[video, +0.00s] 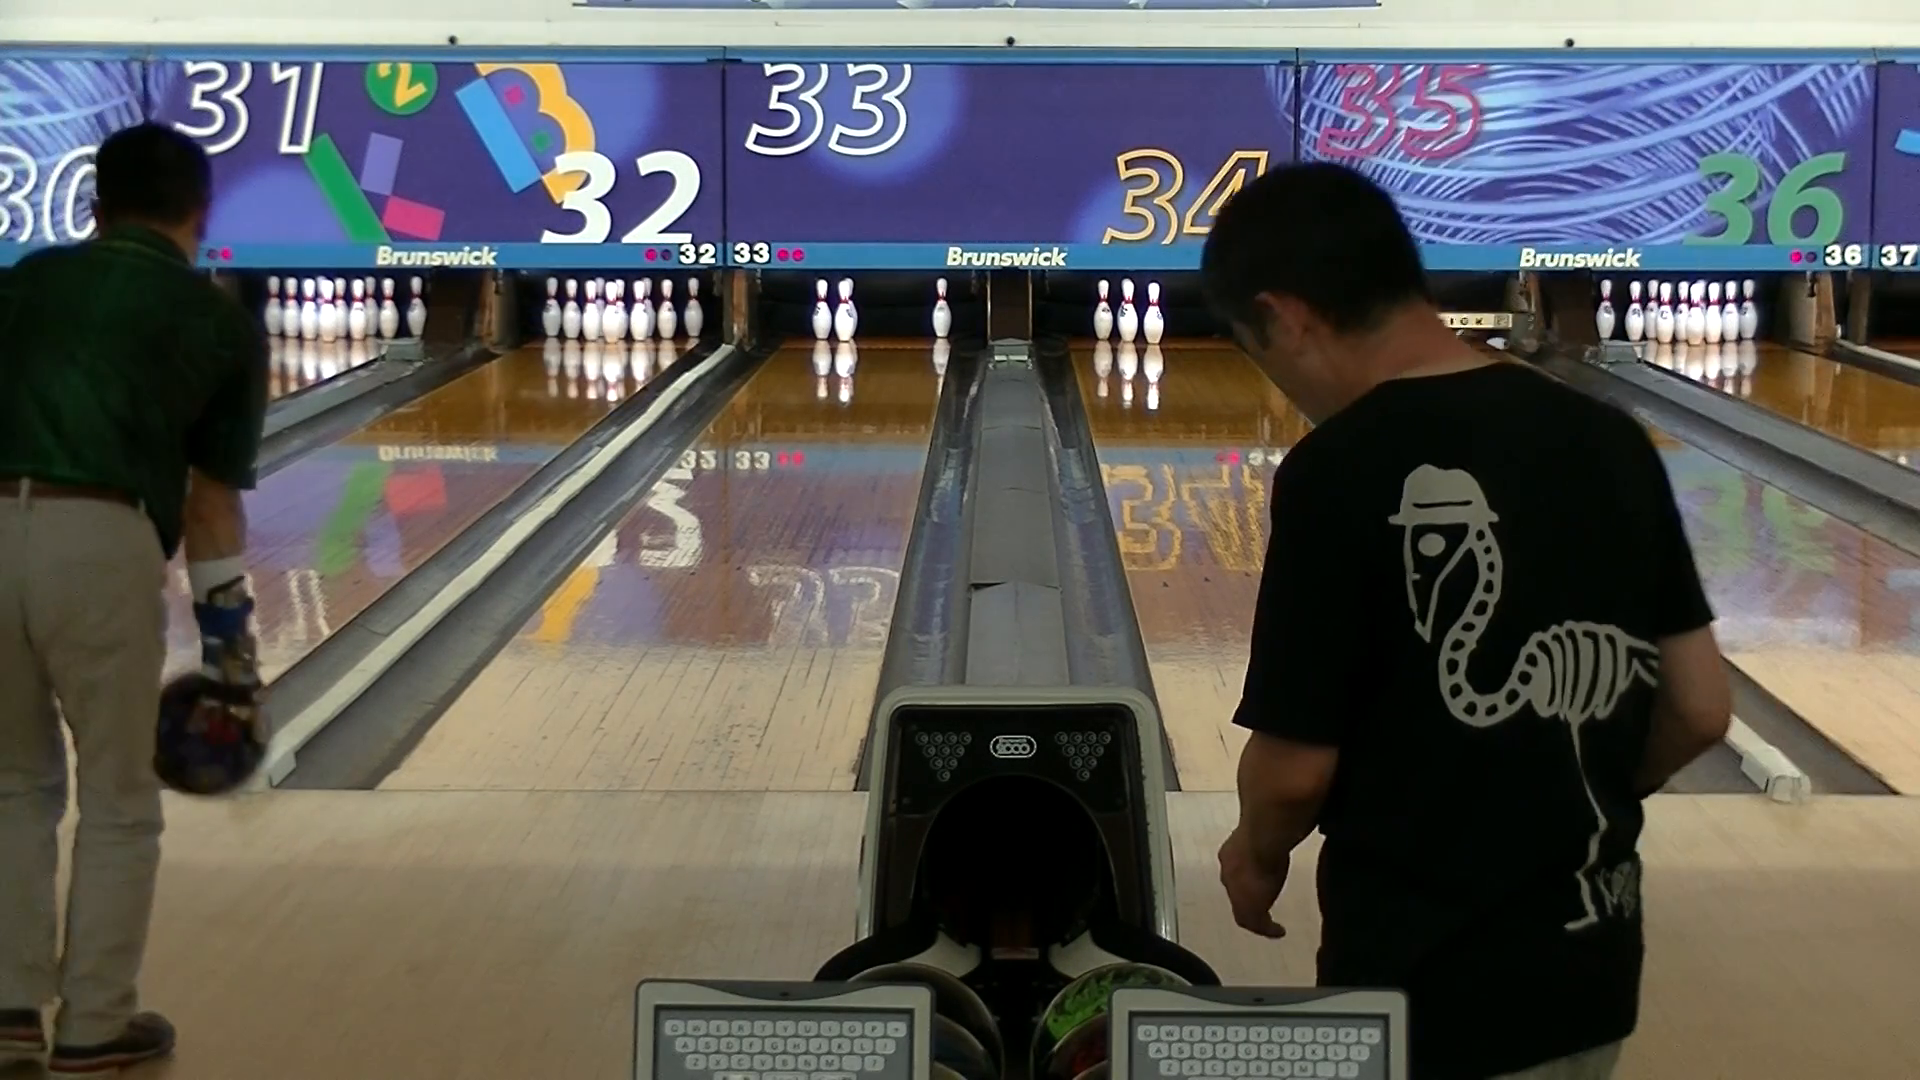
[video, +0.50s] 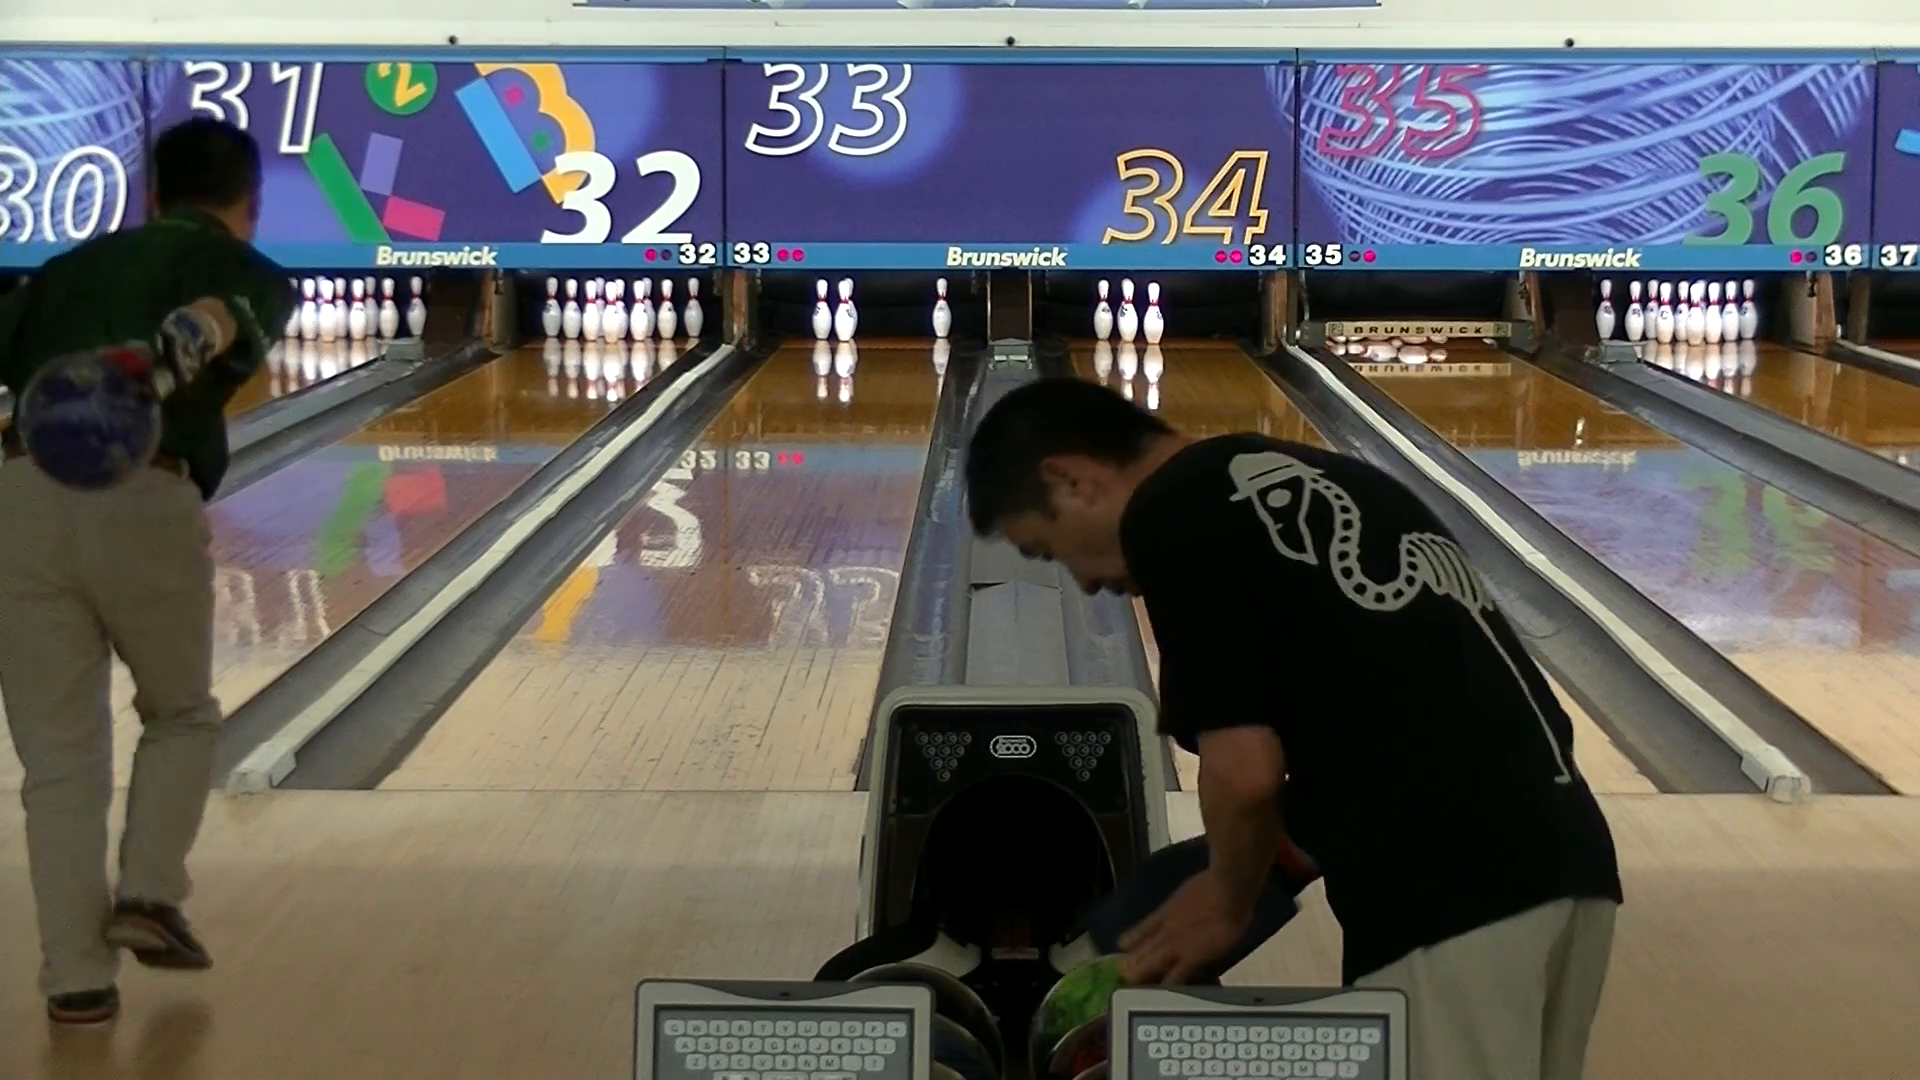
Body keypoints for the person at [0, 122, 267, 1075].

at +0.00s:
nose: (203, 228)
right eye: (203, 215)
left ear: (97, 209)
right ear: (193, 216)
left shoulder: (26, 278)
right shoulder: (210, 312)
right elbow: (211, 490)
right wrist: (227, 634)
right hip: (99, 545)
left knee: (17, 784)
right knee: (119, 798)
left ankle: (12, 1010)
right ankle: (94, 1021)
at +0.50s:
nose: (255, 219)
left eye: (251, 206)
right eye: (254, 205)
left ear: (153, 196)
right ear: (241, 202)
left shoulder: (74, 264)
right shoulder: (252, 271)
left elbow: (2, 342)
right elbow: (226, 328)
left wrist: (38, 407)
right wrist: (151, 393)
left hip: (23, 500)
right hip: (145, 499)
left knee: (56, 759)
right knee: (179, 714)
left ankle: (75, 980)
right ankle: (148, 897)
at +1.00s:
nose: (345, 311)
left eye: (345, 299)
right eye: (345, 298)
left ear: (257, 285)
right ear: (337, 302)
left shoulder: (186, 314)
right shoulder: (325, 404)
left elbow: (78, 291)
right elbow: (285, 518)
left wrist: (5, 269)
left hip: (91, 548)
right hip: (194, 566)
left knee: (197, 684)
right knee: (179, 754)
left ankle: (209, 837)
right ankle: (142, 886)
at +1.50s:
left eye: (291, 195)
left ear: (290, 205)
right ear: (368, 210)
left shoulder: (260, 266)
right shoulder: (392, 278)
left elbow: (205, 346)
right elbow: (394, 205)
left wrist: (142, 422)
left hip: (217, 476)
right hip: (311, 489)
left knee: (275, 650)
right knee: (289, 673)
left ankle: (311, 796)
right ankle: (212, 739)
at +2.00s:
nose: (303, 96)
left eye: (292, 86)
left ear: (289, 98)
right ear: (369, 99)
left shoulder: (267, 189)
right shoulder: (402, 171)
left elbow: (218, 310)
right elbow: (433, 52)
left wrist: (158, 405)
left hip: (281, 403)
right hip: (377, 403)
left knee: (290, 619)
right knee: (388, 581)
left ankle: (315, 795)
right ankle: (376, 633)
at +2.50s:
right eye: (440, 95)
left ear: (362, 104)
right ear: (443, 103)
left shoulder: (321, 186)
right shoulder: (482, 200)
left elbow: (276, 312)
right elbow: (500, 325)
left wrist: (274, 388)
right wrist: (509, 436)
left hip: (332, 417)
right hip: (433, 420)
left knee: (327, 620)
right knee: (449, 630)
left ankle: (328, 807)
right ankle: (440, 816)